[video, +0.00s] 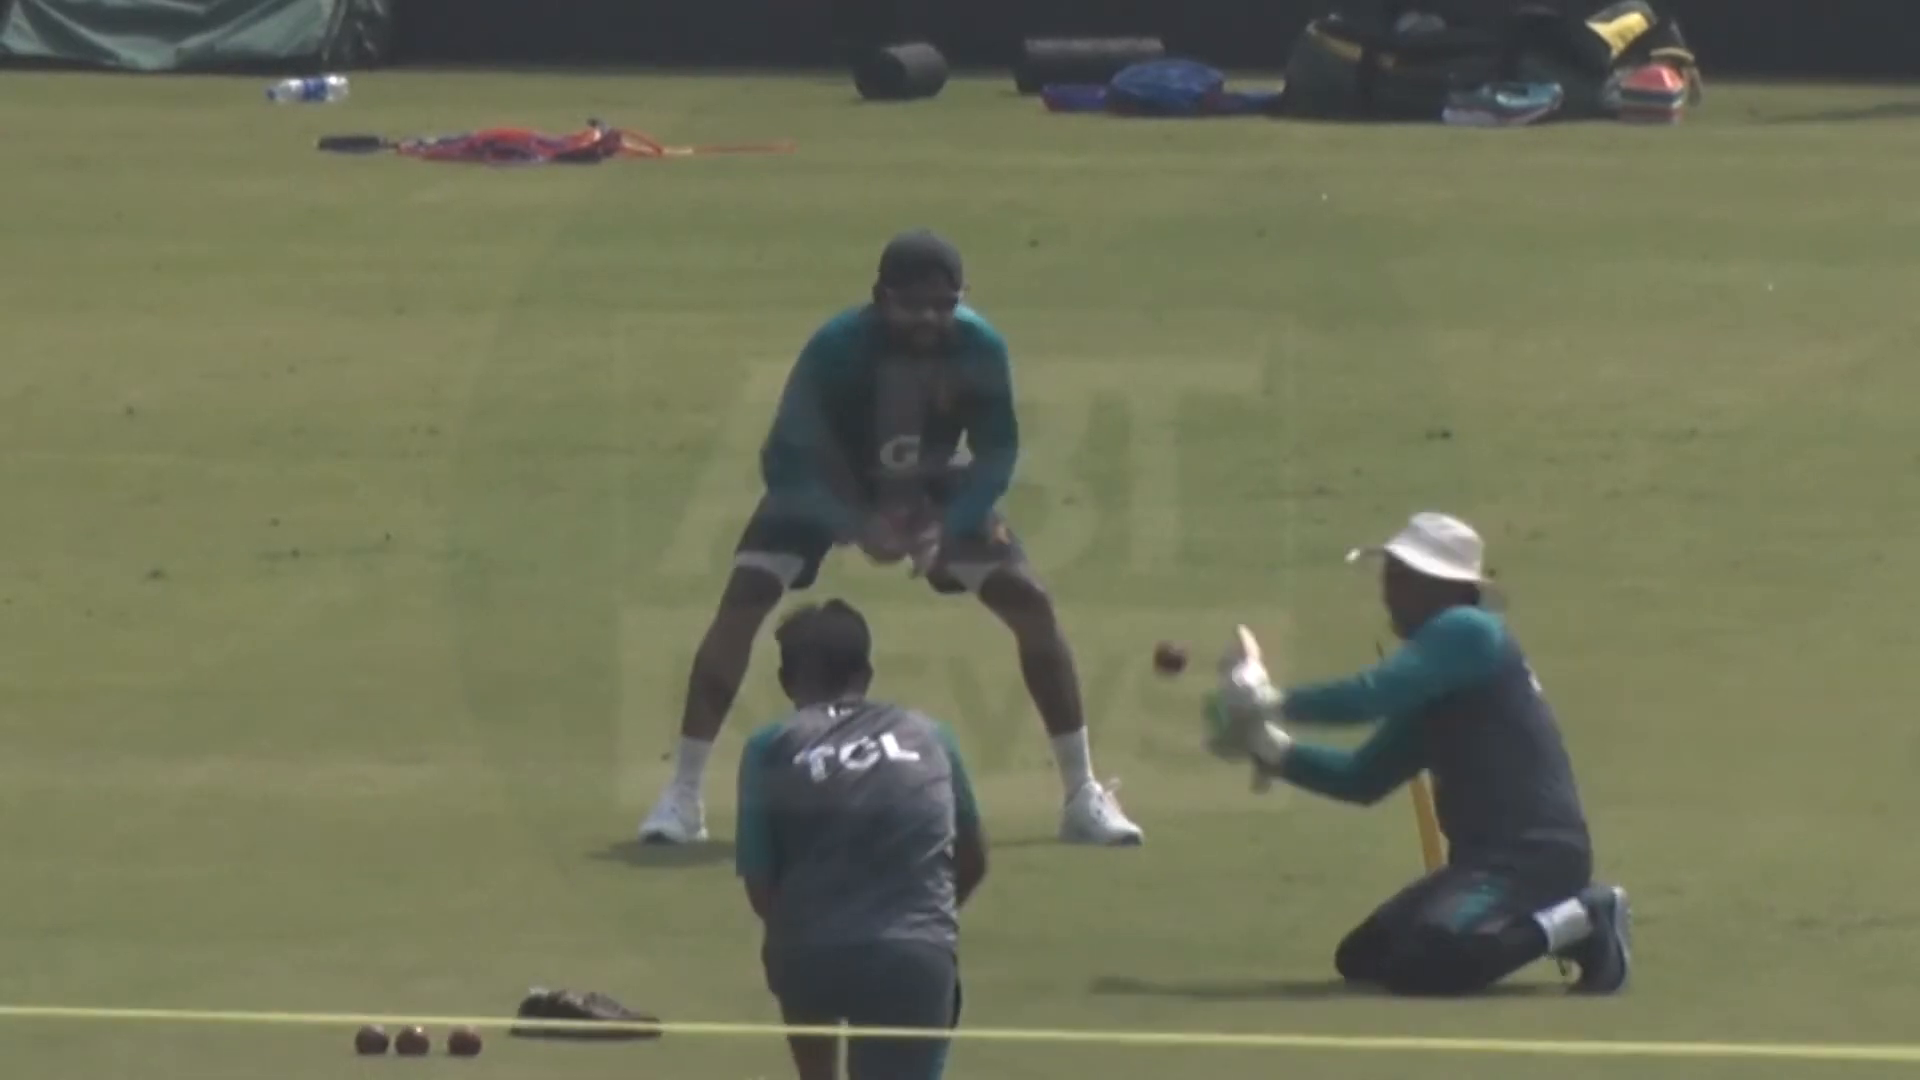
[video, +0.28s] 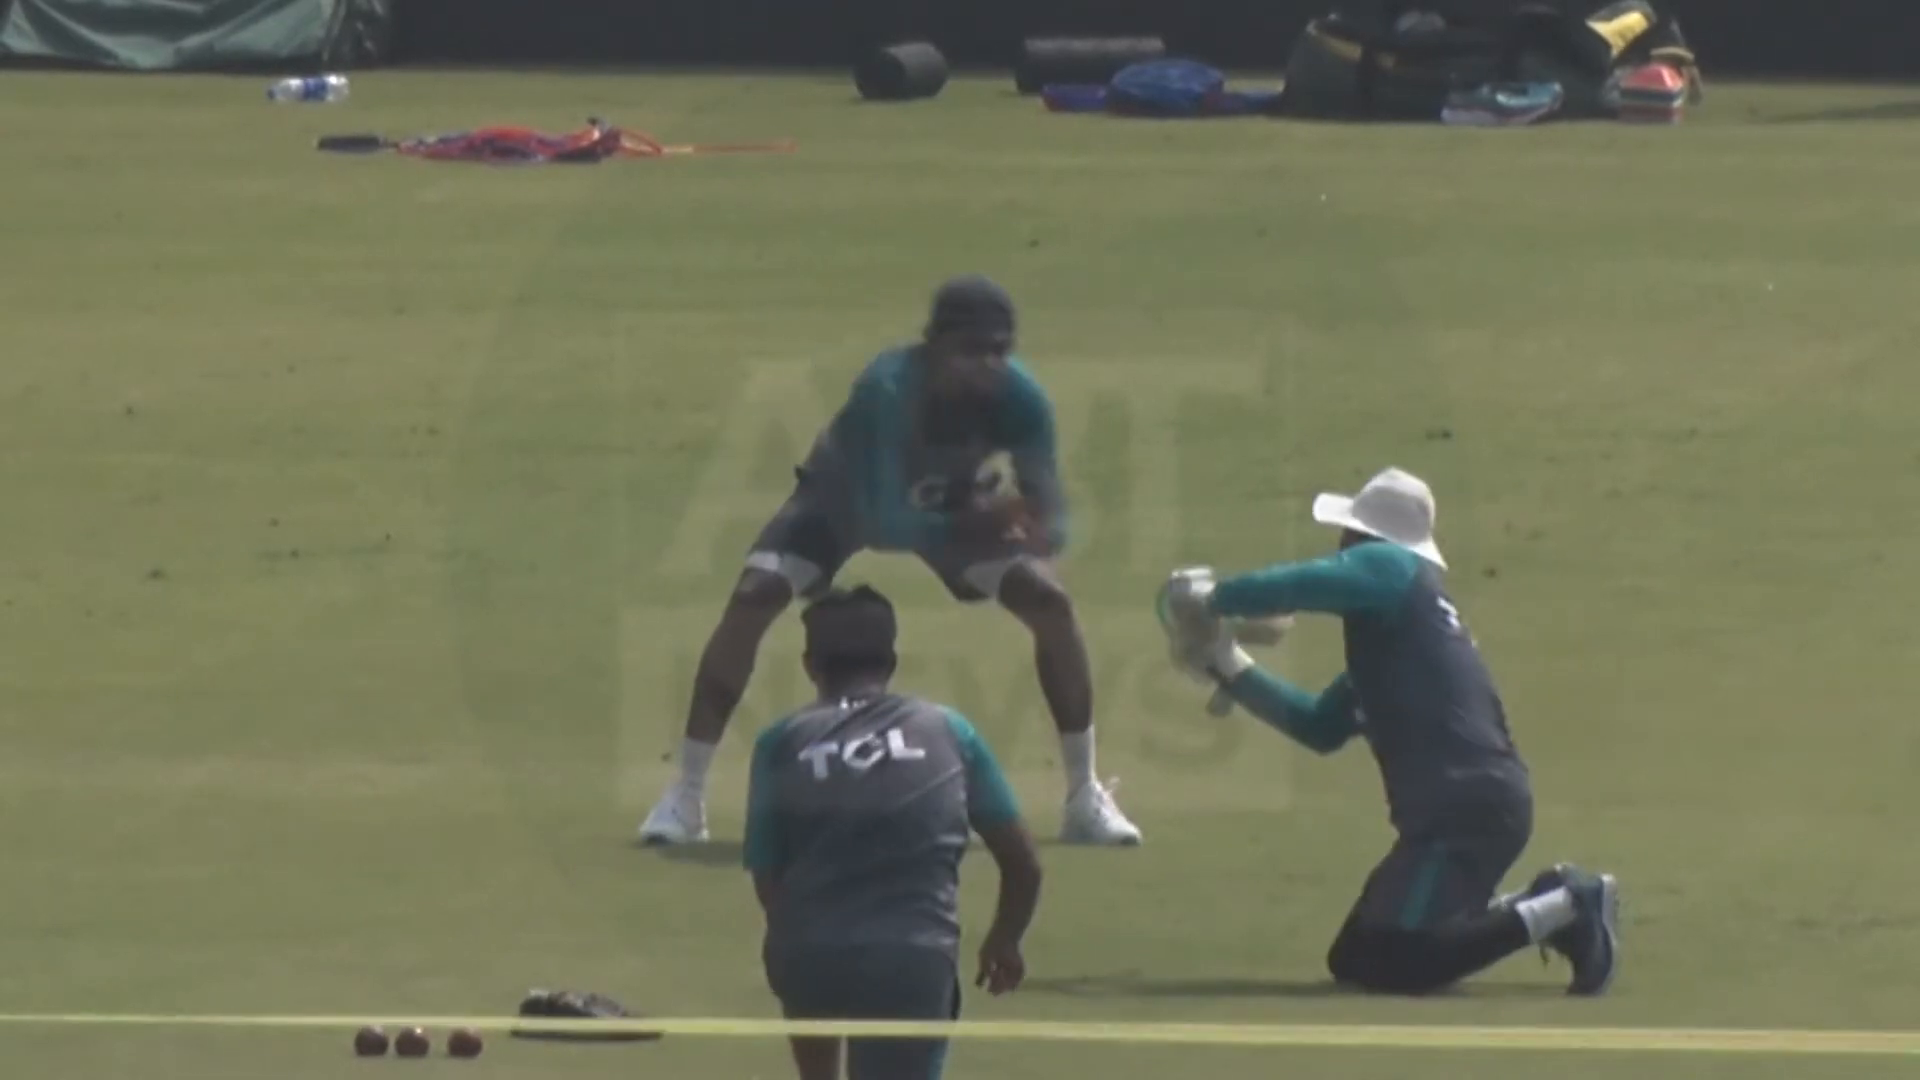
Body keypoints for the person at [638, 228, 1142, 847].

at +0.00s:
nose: (927, 321)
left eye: (940, 307)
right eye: (912, 307)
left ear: (958, 301)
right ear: (882, 299)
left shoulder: (981, 351)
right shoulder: (836, 347)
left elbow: (997, 452)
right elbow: (788, 462)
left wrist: (949, 523)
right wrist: (857, 525)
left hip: (932, 496)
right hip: (829, 491)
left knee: (1031, 607)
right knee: (744, 601)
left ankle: (1085, 795)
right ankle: (683, 794)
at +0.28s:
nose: (985, 367)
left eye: (997, 352)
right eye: (970, 351)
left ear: (1010, 351)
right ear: (935, 345)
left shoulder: (1022, 400)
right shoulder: (889, 385)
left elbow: (1052, 527)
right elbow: (880, 523)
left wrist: (1028, 532)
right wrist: (965, 529)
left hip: (950, 512)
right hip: (841, 503)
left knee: (1051, 607)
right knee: (753, 599)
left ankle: (1086, 796)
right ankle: (685, 795)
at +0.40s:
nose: (1082, 438)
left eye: (1090, 425)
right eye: (1071, 422)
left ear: (1097, 417)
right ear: (1032, 404)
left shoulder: (1091, 463)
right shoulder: (956, 428)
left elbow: (1140, 569)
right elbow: (907, 553)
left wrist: (1188, 652)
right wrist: (993, 588)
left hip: (976, 512)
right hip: (877, 490)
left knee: (1073, 604)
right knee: (779, 604)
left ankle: (1085, 799)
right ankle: (686, 795)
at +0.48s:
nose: (1156, 488)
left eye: (1161, 476)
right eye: (1148, 473)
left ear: (1150, 462)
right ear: (1108, 457)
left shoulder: (1132, 486)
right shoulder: (1020, 453)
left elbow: (1181, 586)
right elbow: (920, 544)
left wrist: (1246, 689)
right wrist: (971, 643)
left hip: (987, 508)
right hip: (895, 484)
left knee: (1095, 603)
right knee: (795, 620)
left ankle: (1088, 797)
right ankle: (686, 789)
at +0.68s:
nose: (1253, 497)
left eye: (1260, 486)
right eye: (1254, 483)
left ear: (1232, 447)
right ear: (1233, 460)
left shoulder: (1179, 465)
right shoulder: (1133, 460)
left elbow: (1172, 549)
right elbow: (1026, 565)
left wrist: (1188, 630)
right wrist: (998, 669)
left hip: (1017, 489)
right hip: (933, 468)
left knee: (1126, 601)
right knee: (843, 636)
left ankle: (1091, 797)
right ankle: (696, 786)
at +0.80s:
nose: (1276, 437)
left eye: (1283, 425)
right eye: (1282, 425)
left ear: (1242, 383)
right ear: (1263, 414)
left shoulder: (1189, 406)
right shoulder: (1178, 424)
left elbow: (1098, 498)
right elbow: (1089, 533)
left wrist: (1073, 558)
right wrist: (1078, 643)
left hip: (1030, 478)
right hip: (951, 455)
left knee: (1126, 603)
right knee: (876, 630)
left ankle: (1089, 798)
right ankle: (716, 776)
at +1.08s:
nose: (1262, 327)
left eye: (1264, 314)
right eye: (1267, 314)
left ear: (1214, 274)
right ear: (1258, 305)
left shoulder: (1165, 309)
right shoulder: (1200, 328)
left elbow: (1061, 410)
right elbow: (1148, 457)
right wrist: (1163, 578)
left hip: (1033, 453)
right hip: (972, 436)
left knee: (1110, 594)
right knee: (930, 621)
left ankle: (1089, 796)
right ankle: (766, 764)